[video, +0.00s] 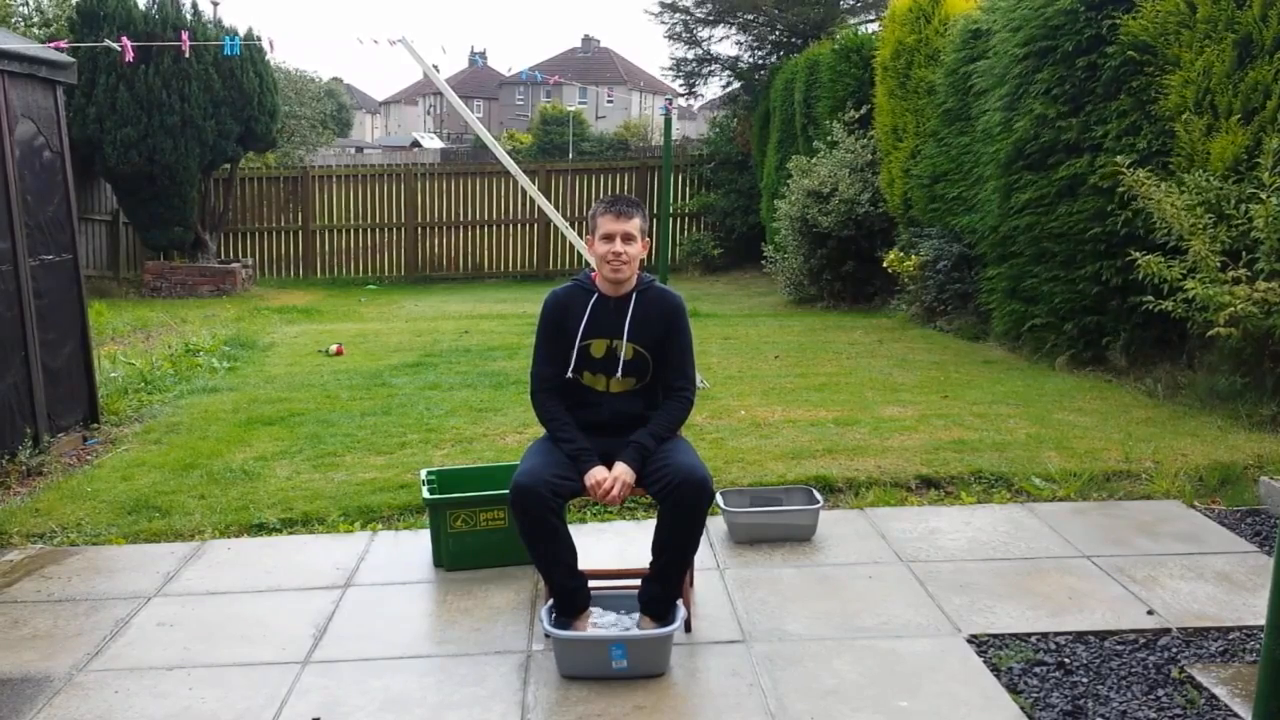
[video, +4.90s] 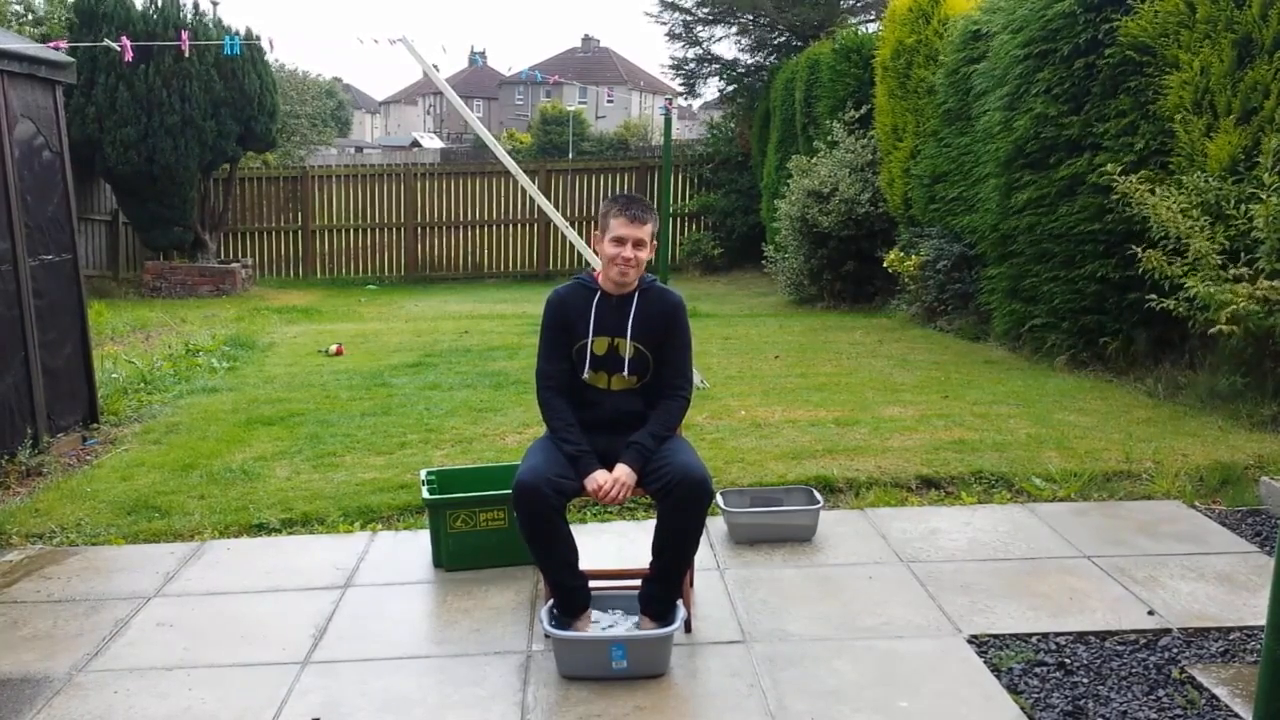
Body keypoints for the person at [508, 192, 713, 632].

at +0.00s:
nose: (617, 249)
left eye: (628, 239)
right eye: (606, 239)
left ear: (644, 248)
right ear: (589, 246)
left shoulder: (666, 306)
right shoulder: (562, 304)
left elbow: (680, 395)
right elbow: (544, 392)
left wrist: (632, 458)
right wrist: (587, 461)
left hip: (648, 435)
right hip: (574, 437)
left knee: (693, 485)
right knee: (528, 489)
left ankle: (657, 606)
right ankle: (573, 606)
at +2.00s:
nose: (647, 246)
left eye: (658, 237)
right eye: (638, 236)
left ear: (675, 248)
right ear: (622, 243)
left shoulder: (689, 311)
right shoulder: (587, 296)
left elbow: (687, 400)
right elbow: (555, 381)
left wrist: (629, 456)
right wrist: (584, 458)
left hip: (651, 434)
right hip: (579, 431)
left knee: (691, 486)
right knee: (532, 482)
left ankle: (656, 605)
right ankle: (571, 605)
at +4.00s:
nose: (588, 244)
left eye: (601, 234)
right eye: (586, 233)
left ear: (637, 245)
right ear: (582, 237)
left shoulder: (667, 305)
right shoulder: (566, 300)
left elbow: (678, 393)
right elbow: (552, 390)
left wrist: (634, 459)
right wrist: (588, 463)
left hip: (648, 434)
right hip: (576, 435)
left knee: (693, 484)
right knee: (533, 487)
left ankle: (658, 604)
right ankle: (574, 604)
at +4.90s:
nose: (627, 255)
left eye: (638, 245)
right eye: (617, 242)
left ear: (651, 250)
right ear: (596, 242)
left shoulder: (666, 306)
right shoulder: (565, 303)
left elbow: (676, 394)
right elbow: (551, 392)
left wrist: (634, 460)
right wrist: (587, 464)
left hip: (648, 436)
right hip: (575, 437)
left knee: (692, 484)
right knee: (530, 487)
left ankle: (658, 605)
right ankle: (573, 605)